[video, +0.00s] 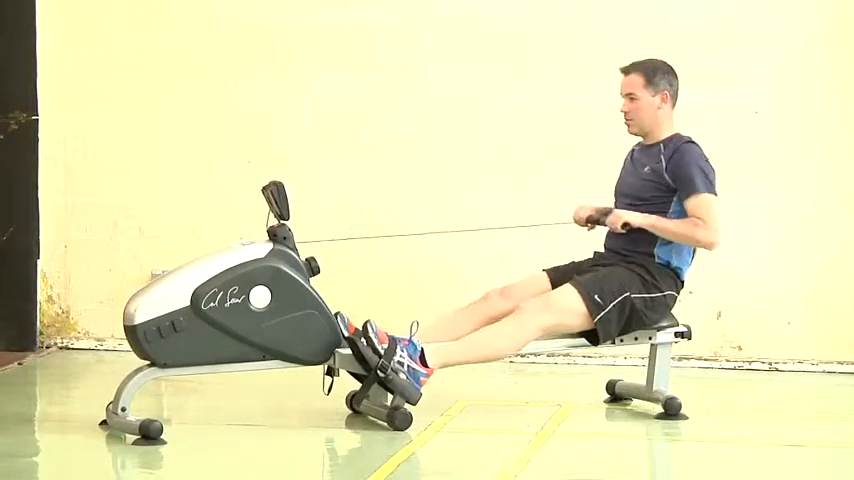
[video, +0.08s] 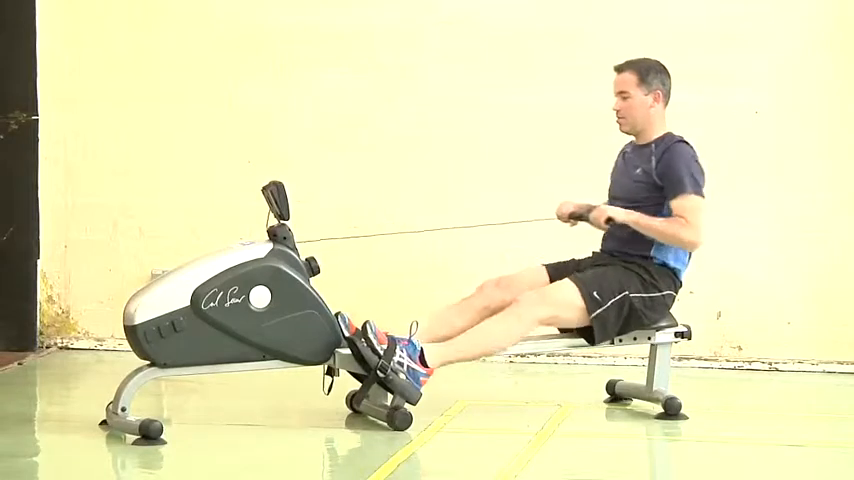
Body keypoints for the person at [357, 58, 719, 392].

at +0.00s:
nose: (623, 109)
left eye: (631, 98)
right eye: (622, 99)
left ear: (663, 100)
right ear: (650, 101)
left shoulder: (684, 153)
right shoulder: (637, 155)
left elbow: (709, 233)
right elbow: (641, 220)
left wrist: (642, 219)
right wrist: (604, 214)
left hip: (648, 276)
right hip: (612, 263)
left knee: (536, 313)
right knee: (500, 299)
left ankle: (424, 363)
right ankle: (399, 347)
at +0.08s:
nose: (615, 107)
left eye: (624, 97)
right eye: (615, 97)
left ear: (657, 99)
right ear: (642, 100)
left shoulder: (677, 154)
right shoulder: (628, 155)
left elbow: (692, 234)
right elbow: (622, 229)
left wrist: (621, 214)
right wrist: (587, 213)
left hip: (646, 278)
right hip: (608, 264)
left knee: (535, 308)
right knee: (494, 291)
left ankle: (422, 363)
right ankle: (398, 347)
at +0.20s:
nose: (598, 105)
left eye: (607, 96)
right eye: (598, 96)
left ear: (640, 99)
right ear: (626, 100)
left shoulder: (658, 154)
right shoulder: (608, 156)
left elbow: (657, 233)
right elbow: (584, 215)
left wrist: (591, 213)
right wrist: (552, 209)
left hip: (639, 279)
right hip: (601, 267)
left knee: (523, 288)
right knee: (487, 277)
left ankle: (423, 365)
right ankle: (404, 348)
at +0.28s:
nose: (584, 106)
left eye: (592, 96)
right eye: (584, 96)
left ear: (624, 100)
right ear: (614, 101)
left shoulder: (642, 154)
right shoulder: (593, 157)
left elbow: (629, 228)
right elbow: (561, 205)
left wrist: (557, 212)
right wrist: (521, 207)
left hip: (629, 280)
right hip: (593, 271)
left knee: (513, 275)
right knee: (478, 267)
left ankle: (423, 362)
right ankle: (404, 346)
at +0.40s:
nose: (557, 107)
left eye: (565, 98)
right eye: (557, 99)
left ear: (596, 102)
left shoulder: (615, 153)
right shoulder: (565, 158)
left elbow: (580, 217)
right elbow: (519, 198)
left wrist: (501, 211)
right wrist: (471, 206)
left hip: (612, 281)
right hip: (576, 274)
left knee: (499, 263)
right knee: (466, 254)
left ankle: (423, 360)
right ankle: (398, 344)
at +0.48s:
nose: (537, 108)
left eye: (546, 99)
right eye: (537, 99)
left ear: (577, 103)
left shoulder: (596, 154)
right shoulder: (547, 159)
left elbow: (548, 211)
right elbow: (492, 195)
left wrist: (472, 215)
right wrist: (446, 209)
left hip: (599, 281)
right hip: (564, 275)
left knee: (492, 255)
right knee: (455, 249)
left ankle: (423, 360)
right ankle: (397, 342)